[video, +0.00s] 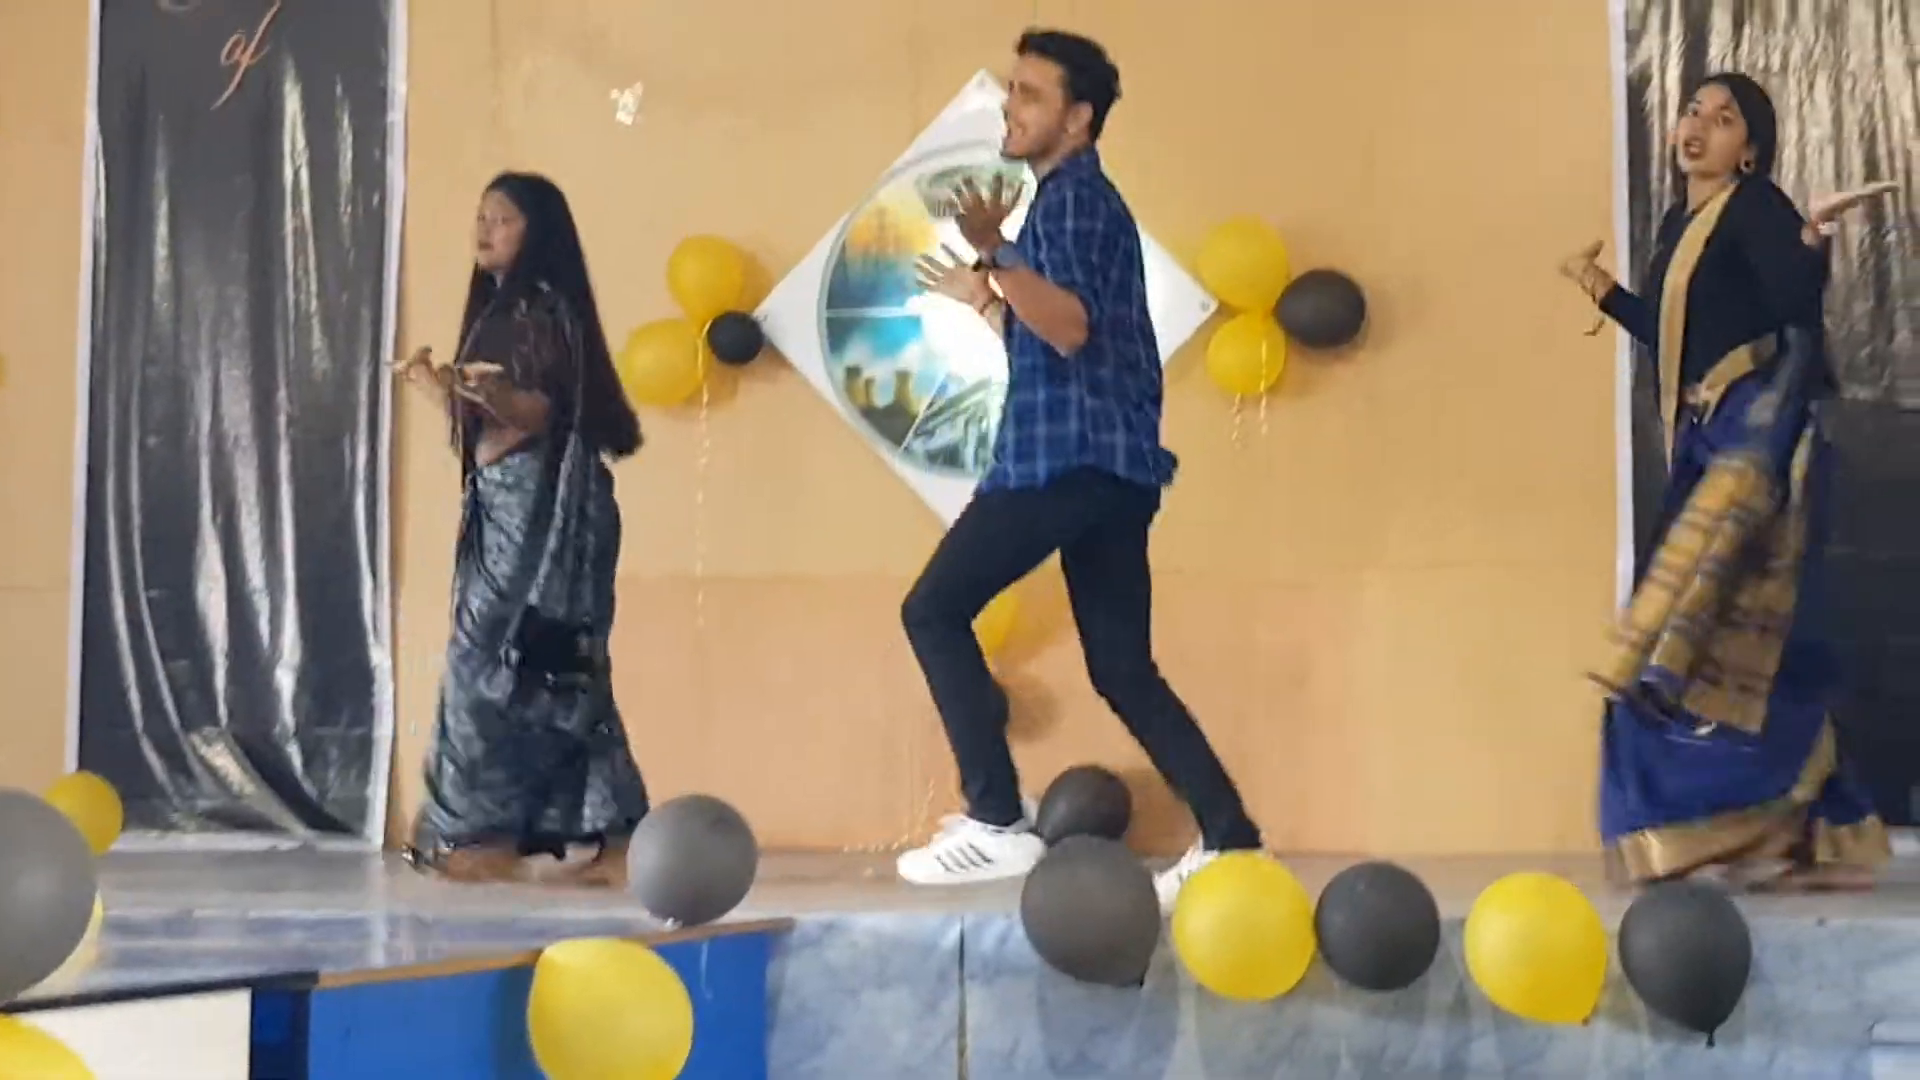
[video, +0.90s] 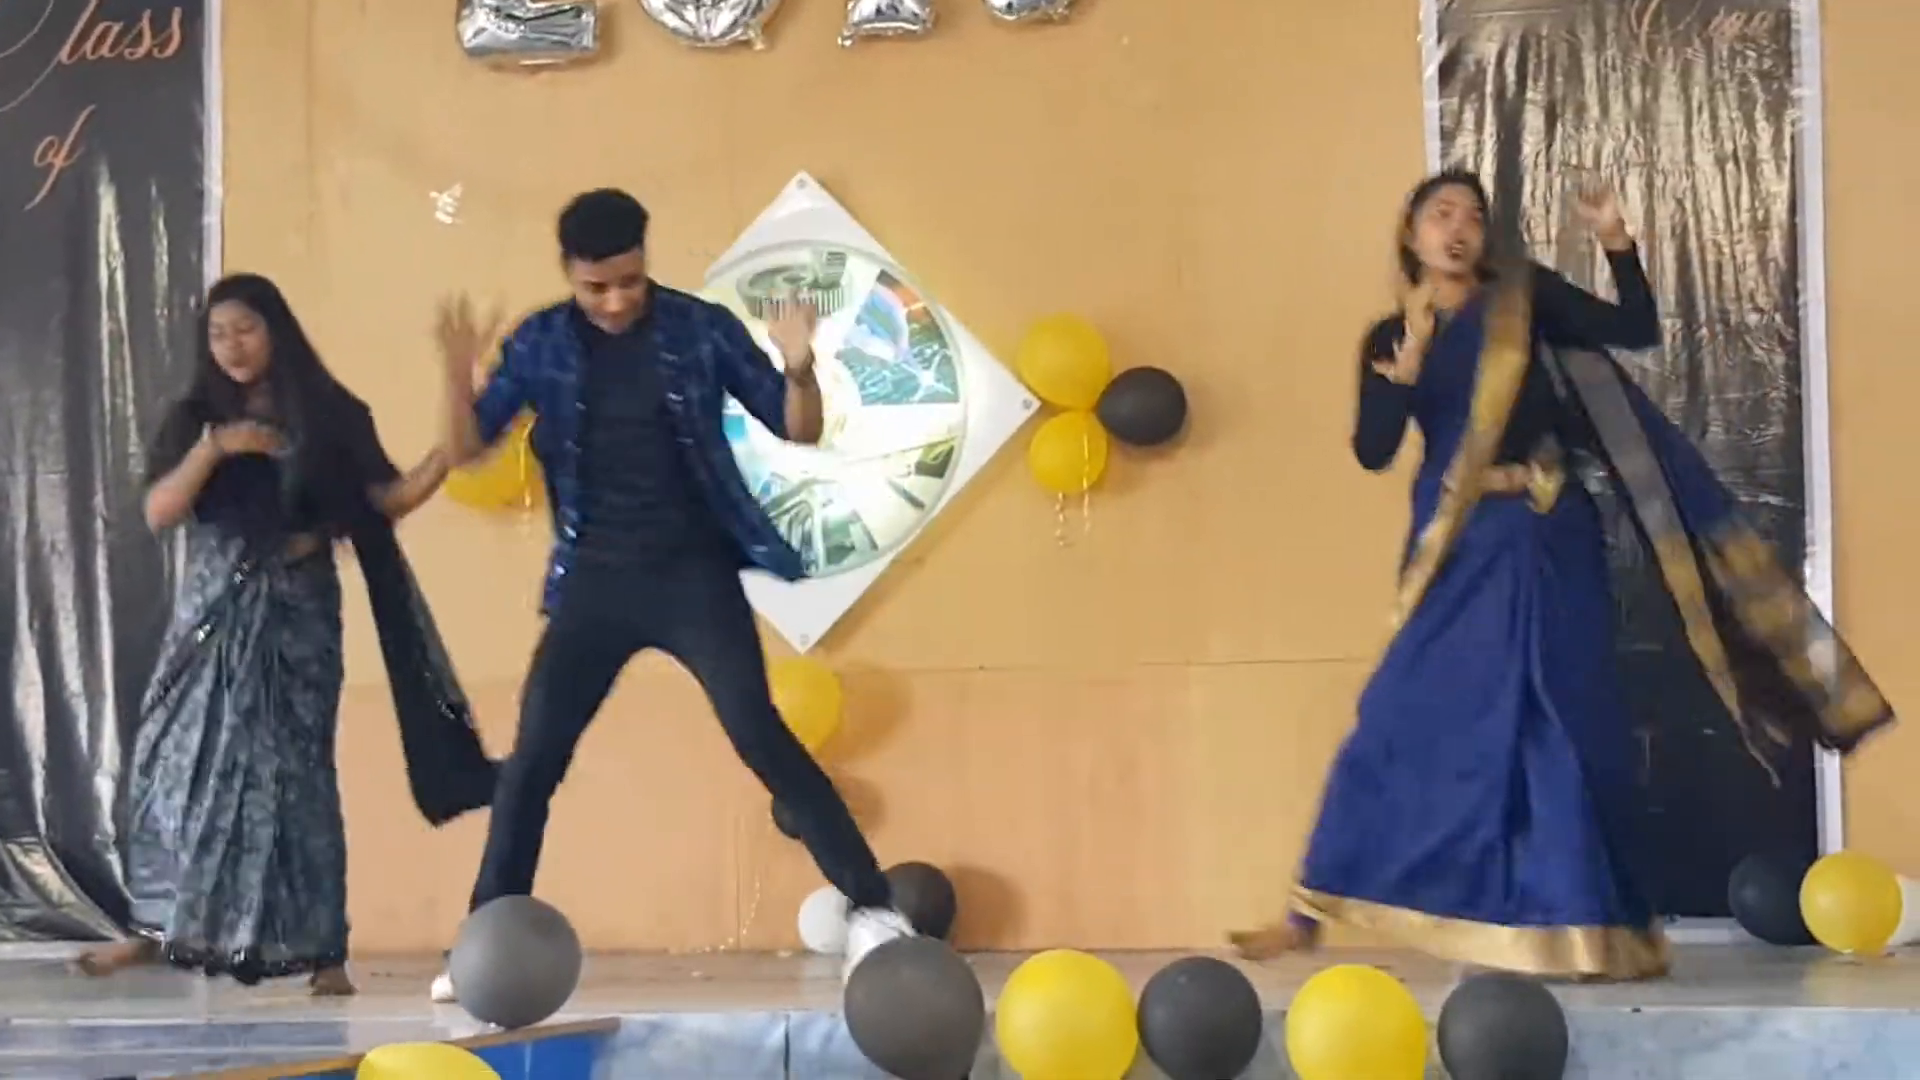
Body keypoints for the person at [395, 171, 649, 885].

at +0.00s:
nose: (483, 231)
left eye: (498, 221)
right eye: (481, 219)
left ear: (536, 232)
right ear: (484, 228)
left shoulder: (553, 310)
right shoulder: (494, 309)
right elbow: (495, 413)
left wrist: (493, 397)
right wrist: (452, 387)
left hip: (550, 504)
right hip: (506, 500)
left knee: (484, 656)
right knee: (562, 661)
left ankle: (487, 833)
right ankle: (605, 829)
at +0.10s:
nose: (485, 252)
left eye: (501, 239)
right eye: (479, 240)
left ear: (537, 249)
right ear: (474, 252)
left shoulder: (551, 323)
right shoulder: (484, 332)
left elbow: (569, 421)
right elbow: (459, 428)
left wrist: (501, 402)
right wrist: (393, 380)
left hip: (537, 522)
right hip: (489, 522)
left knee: (510, 690)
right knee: (492, 690)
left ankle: (581, 859)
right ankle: (560, 859)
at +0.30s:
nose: (437, 309)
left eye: (453, 299)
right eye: (429, 299)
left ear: (484, 313)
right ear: (415, 312)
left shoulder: (511, 400)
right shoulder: (419, 407)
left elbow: (520, 514)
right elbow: (389, 511)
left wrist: (484, 455)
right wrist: (315, 460)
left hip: (495, 588)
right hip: (430, 593)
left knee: (477, 752)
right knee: (409, 760)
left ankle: (530, 914)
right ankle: (488, 915)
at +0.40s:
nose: (409, 326)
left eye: (425, 315)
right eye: (398, 315)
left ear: (455, 327)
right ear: (382, 330)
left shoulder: (486, 411)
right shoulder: (368, 416)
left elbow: (527, 513)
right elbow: (320, 514)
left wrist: (491, 449)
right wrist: (265, 461)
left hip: (462, 604)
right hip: (386, 606)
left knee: (458, 765)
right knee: (375, 767)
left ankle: (488, 947)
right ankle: (415, 942)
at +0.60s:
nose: (344, 349)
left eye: (358, 335)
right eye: (330, 337)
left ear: (384, 343)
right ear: (312, 348)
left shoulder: (425, 425)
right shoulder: (283, 428)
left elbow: (483, 507)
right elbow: (232, 518)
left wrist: (456, 509)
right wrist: (251, 544)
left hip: (386, 612)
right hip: (305, 613)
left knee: (360, 776)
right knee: (309, 782)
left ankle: (377, 949)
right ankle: (320, 962)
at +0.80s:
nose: (274, 364)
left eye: (286, 348)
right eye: (261, 352)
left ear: (317, 351)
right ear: (247, 362)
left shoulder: (368, 440)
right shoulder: (231, 438)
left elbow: (396, 544)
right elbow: (195, 545)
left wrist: (443, 512)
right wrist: (233, 508)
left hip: (330, 633)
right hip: (247, 630)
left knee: (318, 790)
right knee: (234, 785)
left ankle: (314, 964)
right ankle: (218, 959)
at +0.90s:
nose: (232, 346)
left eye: (245, 330)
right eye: (218, 334)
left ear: (278, 331)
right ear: (206, 341)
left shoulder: (328, 408)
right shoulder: (196, 417)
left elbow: (386, 501)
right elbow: (157, 514)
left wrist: (439, 462)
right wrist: (211, 449)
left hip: (299, 614)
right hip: (213, 613)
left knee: (300, 773)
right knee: (178, 762)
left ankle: (328, 955)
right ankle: (151, 930)